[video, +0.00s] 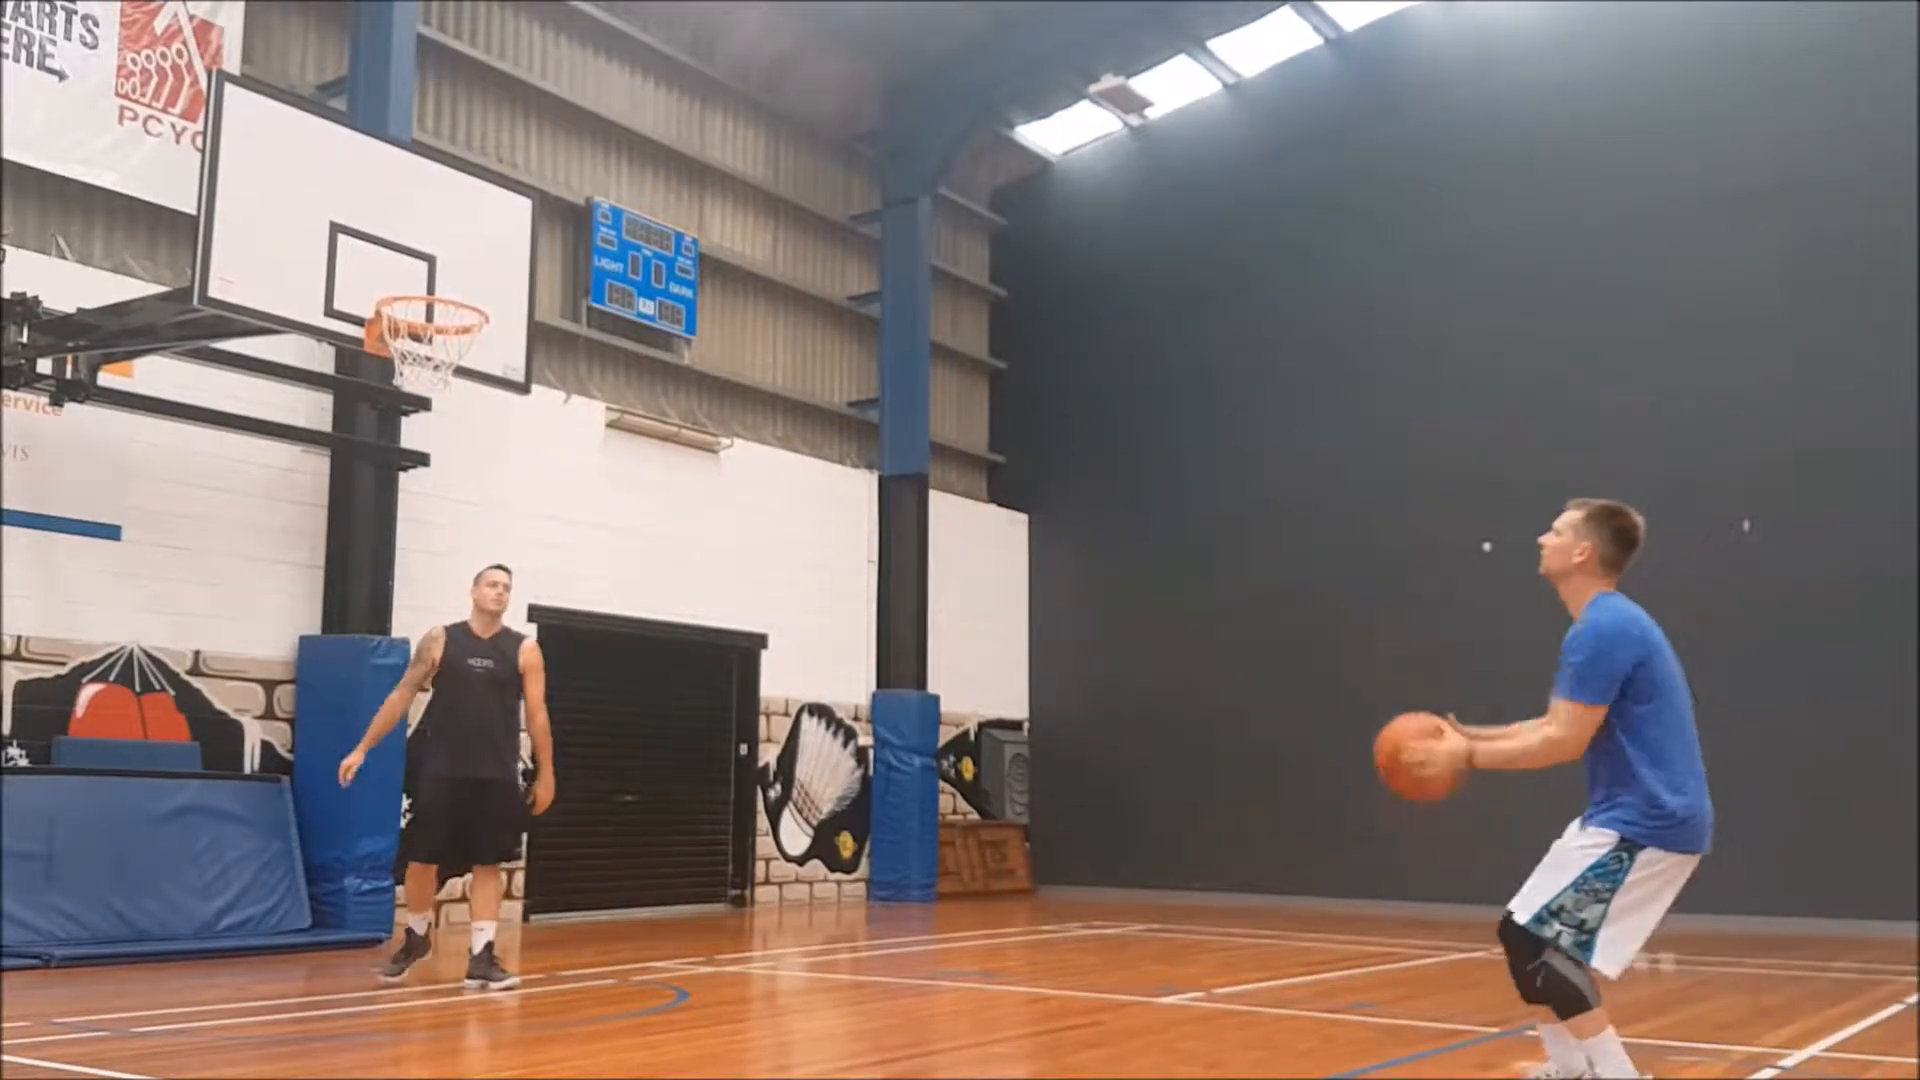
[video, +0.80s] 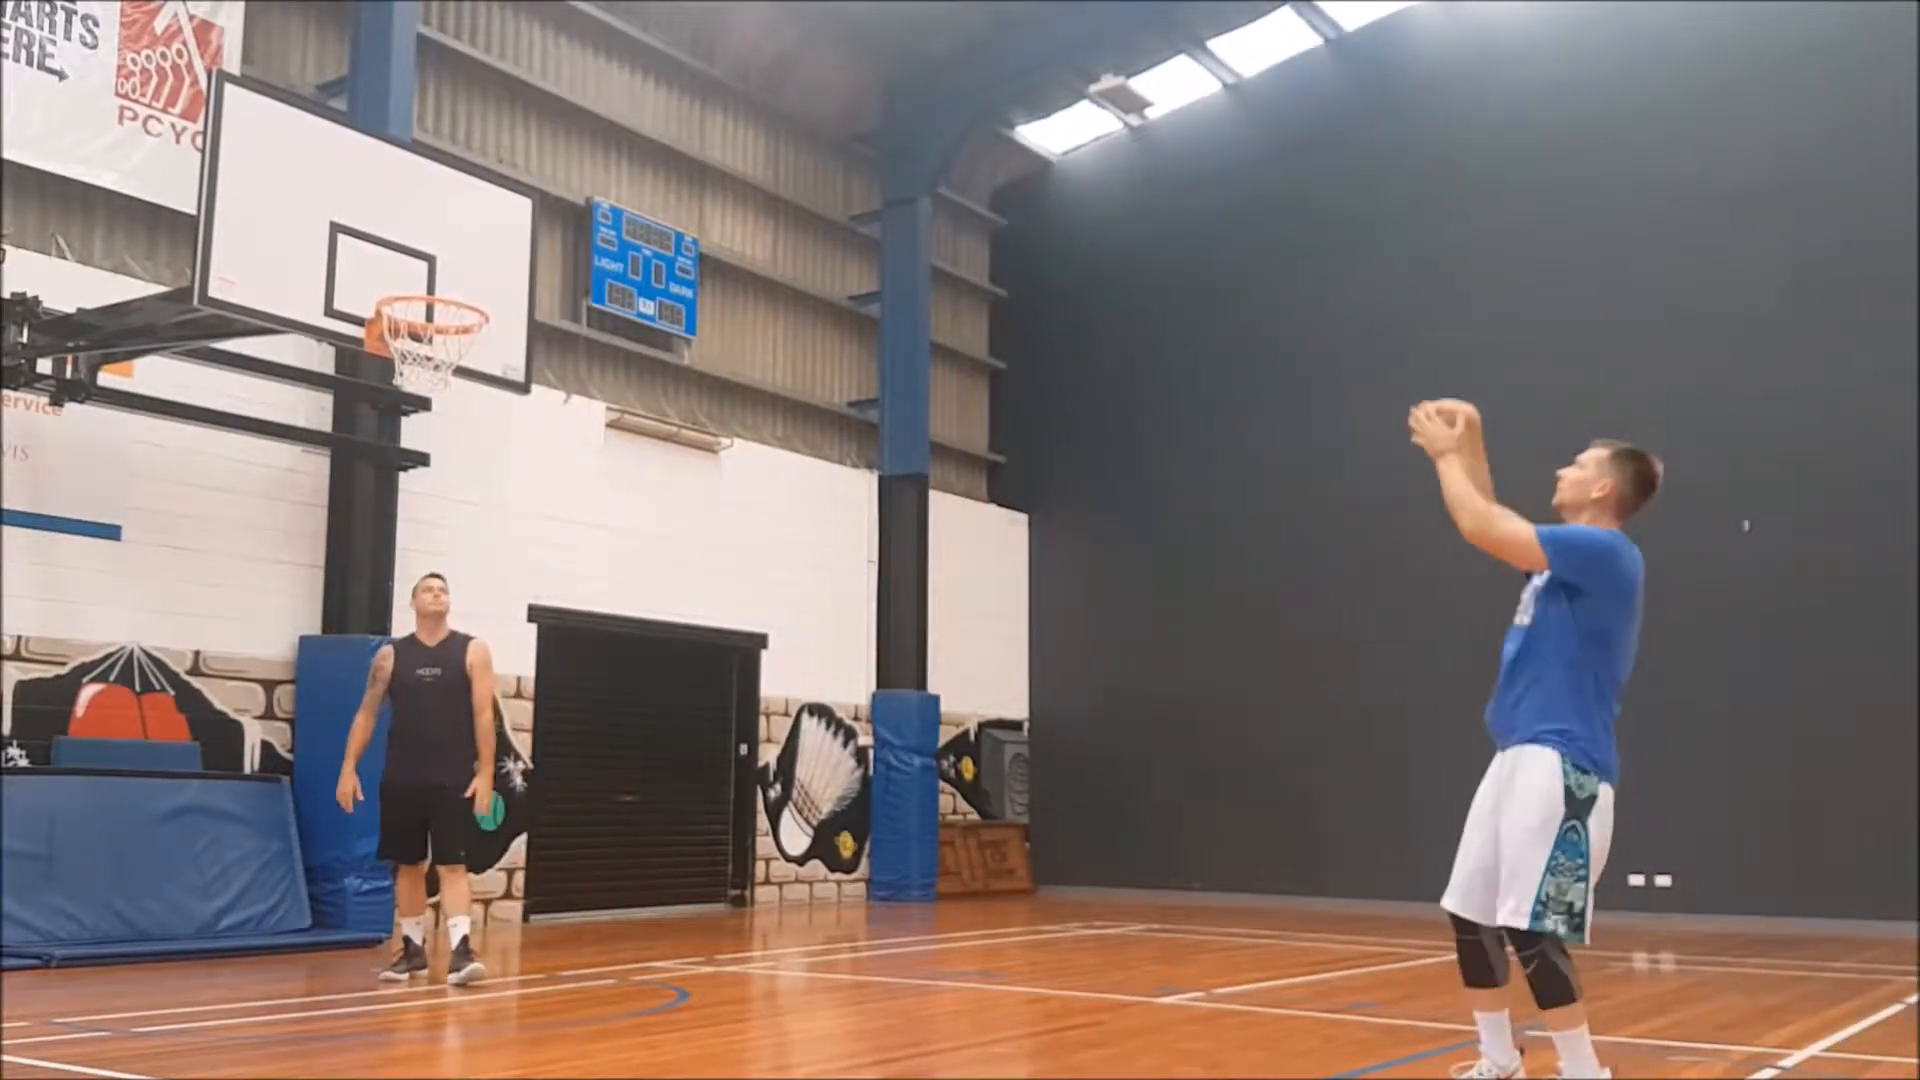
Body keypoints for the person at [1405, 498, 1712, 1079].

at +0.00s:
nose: (1542, 539)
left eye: (1554, 532)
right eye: (1550, 530)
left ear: (1583, 553)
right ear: (1582, 554)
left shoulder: (1608, 627)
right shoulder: (1594, 628)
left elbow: (1566, 741)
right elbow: (1553, 727)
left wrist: (1468, 755)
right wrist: (1466, 737)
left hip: (1650, 820)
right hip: (1621, 813)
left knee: (1542, 942)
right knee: (1521, 930)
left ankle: (1618, 1072)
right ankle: (1568, 1067)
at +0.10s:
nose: (1542, 539)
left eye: (1555, 531)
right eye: (1550, 529)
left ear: (1583, 552)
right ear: (1581, 553)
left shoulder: (1610, 628)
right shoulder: (1564, 624)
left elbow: (1500, 693)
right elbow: (1486, 666)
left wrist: (1429, 629)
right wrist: (1427, 619)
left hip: (1619, 830)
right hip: (1579, 819)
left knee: (1516, 955)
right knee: (1493, 941)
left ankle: (1614, 1071)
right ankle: (1565, 1065)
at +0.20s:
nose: (1544, 513)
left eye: (1558, 507)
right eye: (1553, 505)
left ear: (1586, 531)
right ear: (1584, 533)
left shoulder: (1598, 601)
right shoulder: (1565, 594)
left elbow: (1469, 584)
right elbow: (1458, 579)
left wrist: (1462, 503)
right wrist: (1462, 504)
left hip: (1583, 810)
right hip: (1544, 802)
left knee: (1510, 948)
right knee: (1483, 938)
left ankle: (1613, 1071)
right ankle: (1563, 1066)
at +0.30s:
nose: (1551, 455)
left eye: (1566, 447)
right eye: (1558, 446)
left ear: (1593, 467)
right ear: (1588, 468)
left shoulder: (1594, 532)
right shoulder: (1555, 530)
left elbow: (1470, 483)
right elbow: (1467, 486)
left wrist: (1495, 403)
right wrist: (1495, 417)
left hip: (1562, 746)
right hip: (1523, 742)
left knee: (1543, 906)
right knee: (1510, 901)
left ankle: (1610, 1058)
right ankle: (1553, 1051)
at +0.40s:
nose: (1559, 393)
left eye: (1573, 389)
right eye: (1566, 385)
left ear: (1599, 414)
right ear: (1575, 407)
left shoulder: (1592, 468)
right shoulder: (1547, 466)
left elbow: (1479, 407)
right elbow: (1466, 420)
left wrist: (1477, 321)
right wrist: (1489, 344)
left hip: (1555, 680)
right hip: (1514, 675)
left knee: (1551, 853)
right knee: (1521, 851)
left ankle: (1578, 1012)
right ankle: (1530, 1005)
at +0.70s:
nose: (1556, 424)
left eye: (1571, 418)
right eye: (1566, 415)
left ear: (1597, 439)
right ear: (1595, 441)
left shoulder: (1595, 494)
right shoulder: (1561, 490)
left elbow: (1483, 450)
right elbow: (1500, 425)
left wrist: (1431, 378)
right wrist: (1460, 348)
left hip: (1556, 722)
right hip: (1505, 713)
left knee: (1538, 891)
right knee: (1487, 885)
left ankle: (1565, 1054)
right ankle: (1475, 1037)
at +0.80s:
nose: (1562, 471)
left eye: (1578, 463)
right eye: (1571, 460)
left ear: (1605, 488)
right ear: (1600, 490)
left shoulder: (1607, 552)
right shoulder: (1574, 552)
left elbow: (1478, 527)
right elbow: (1490, 520)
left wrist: (1444, 454)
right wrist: (1469, 442)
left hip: (1563, 768)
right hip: (1516, 762)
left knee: (1533, 926)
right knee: (1470, 914)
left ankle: (1583, 1069)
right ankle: (1497, 1061)